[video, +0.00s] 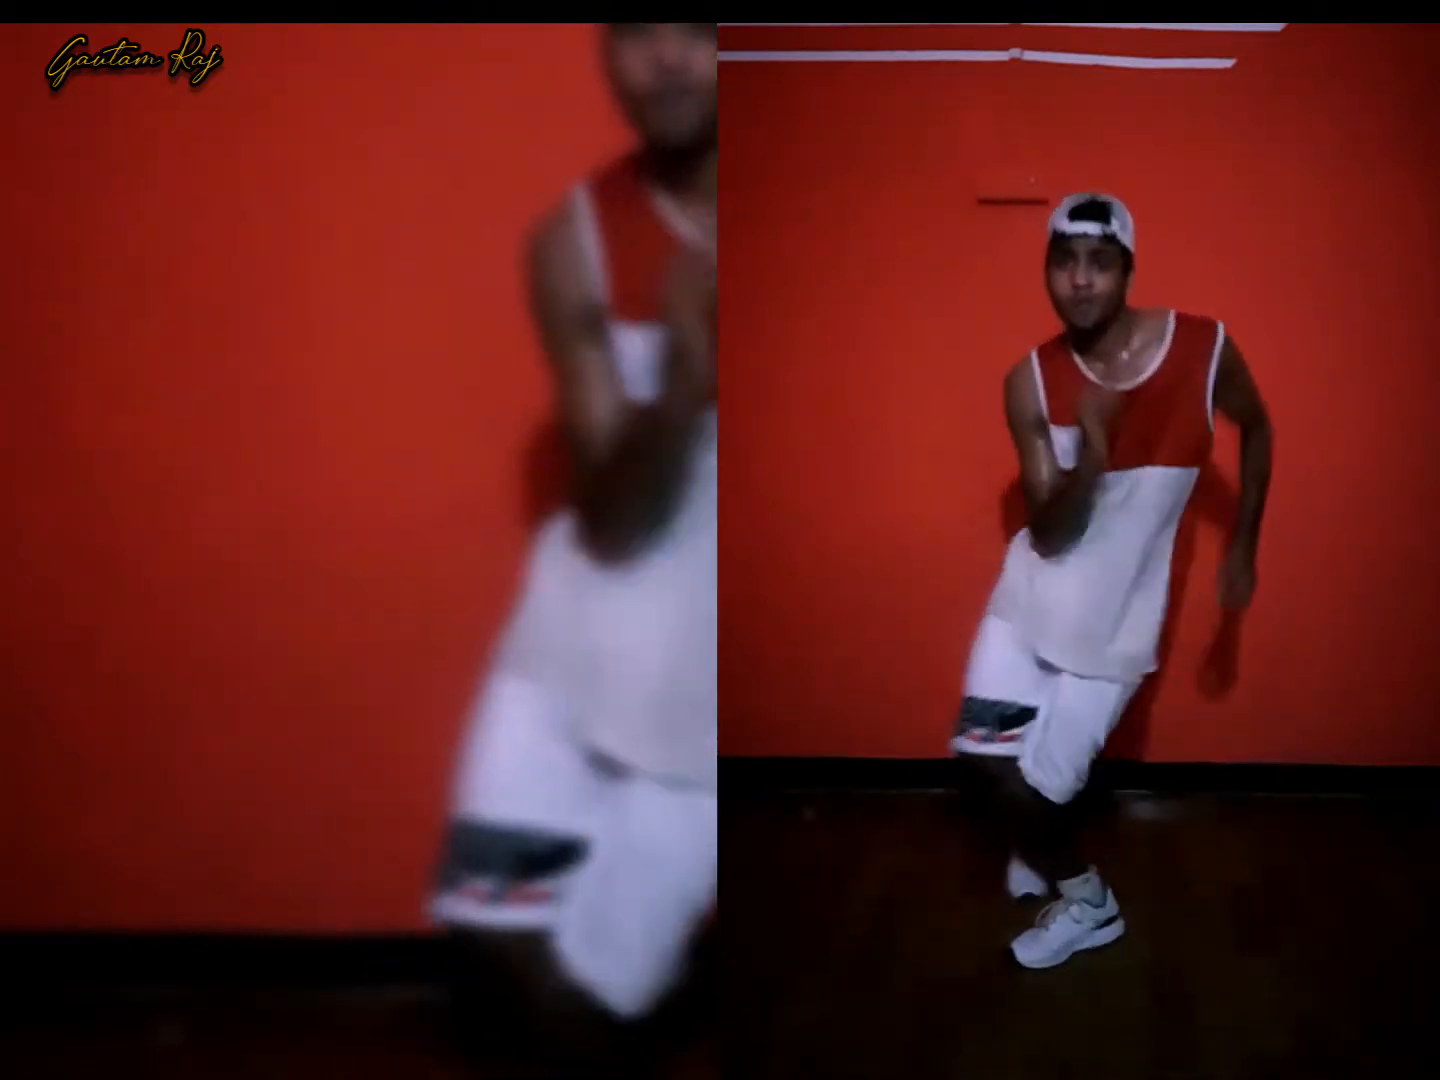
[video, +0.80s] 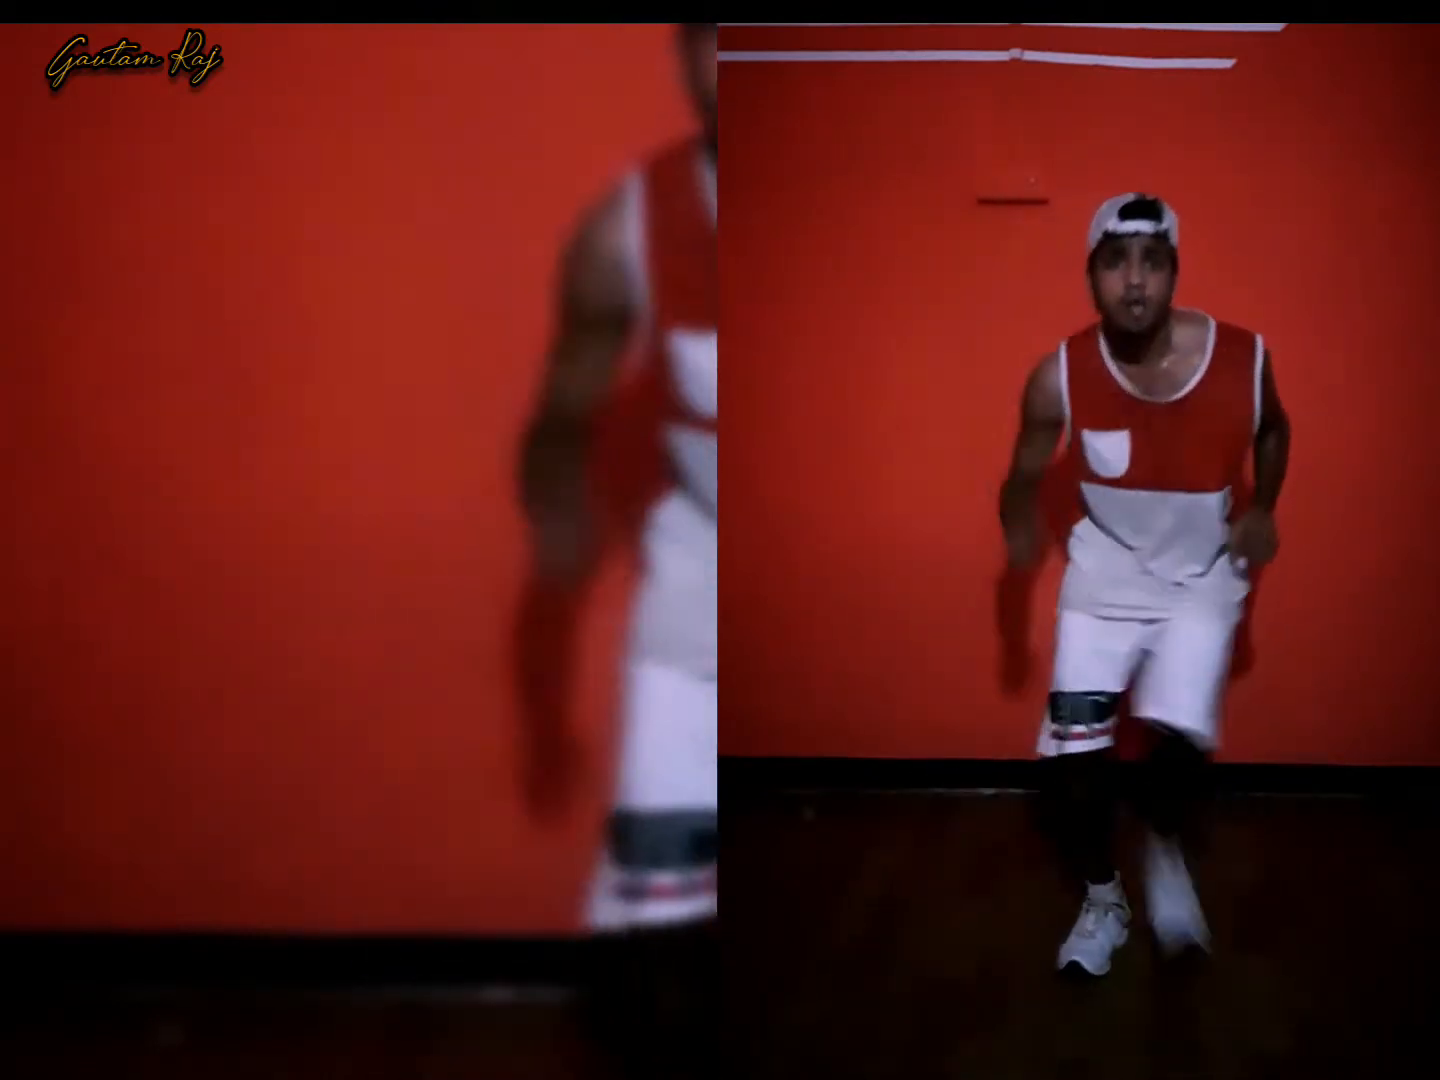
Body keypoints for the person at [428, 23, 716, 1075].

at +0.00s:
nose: (659, 62)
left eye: (682, 33)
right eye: (632, 37)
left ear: (732, 48)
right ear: (607, 61)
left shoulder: (818, 204)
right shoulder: (585, 236)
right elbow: (611, 514)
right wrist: (688, 373)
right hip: (608, 655)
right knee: (496, 917)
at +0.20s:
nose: (713, 82)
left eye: (734, 51)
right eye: (684, 51)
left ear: (773, 74)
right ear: (647, 78)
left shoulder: (830, 235)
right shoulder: (593, 251)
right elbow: (515, 531)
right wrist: (610, 474)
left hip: (748, 693)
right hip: (592, 674)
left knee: (729, 1015)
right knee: (500, 983)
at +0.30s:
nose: (731, 46)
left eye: (744, 27)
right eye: (708, 28)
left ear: (792, 45)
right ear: (670, 42)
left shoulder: (848, 182)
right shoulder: (609, 204)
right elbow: (485, 434)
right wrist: (585, 605)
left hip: (812, 629)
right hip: (667, 628)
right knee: (598, 957)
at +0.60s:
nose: (725, 61)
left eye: (736, 38)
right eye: (707, 37)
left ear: (787, 60)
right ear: (670, 57)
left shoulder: (850, 192)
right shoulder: (604, 222)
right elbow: (535, 388)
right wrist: (614, 518)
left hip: (835, 575)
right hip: (686, 578)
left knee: (847, 883)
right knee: (680, 911)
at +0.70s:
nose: (719, 82)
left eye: (732, 51)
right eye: (697, 52)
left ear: (778, 72)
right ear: (663, 75)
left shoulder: (850, 208)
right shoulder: (630, 239)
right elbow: (582, 503)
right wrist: (552, 431)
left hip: (831, 590)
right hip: (686, 584)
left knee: (837, 902)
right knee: (649, 915)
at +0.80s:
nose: (728, 64)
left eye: (738, 43)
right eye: (713, 43)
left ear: (805, 61)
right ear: (689, 57)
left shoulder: (868, 199)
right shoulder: (643, 222)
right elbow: (559, 440)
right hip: (697, 617)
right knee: (664, 910)